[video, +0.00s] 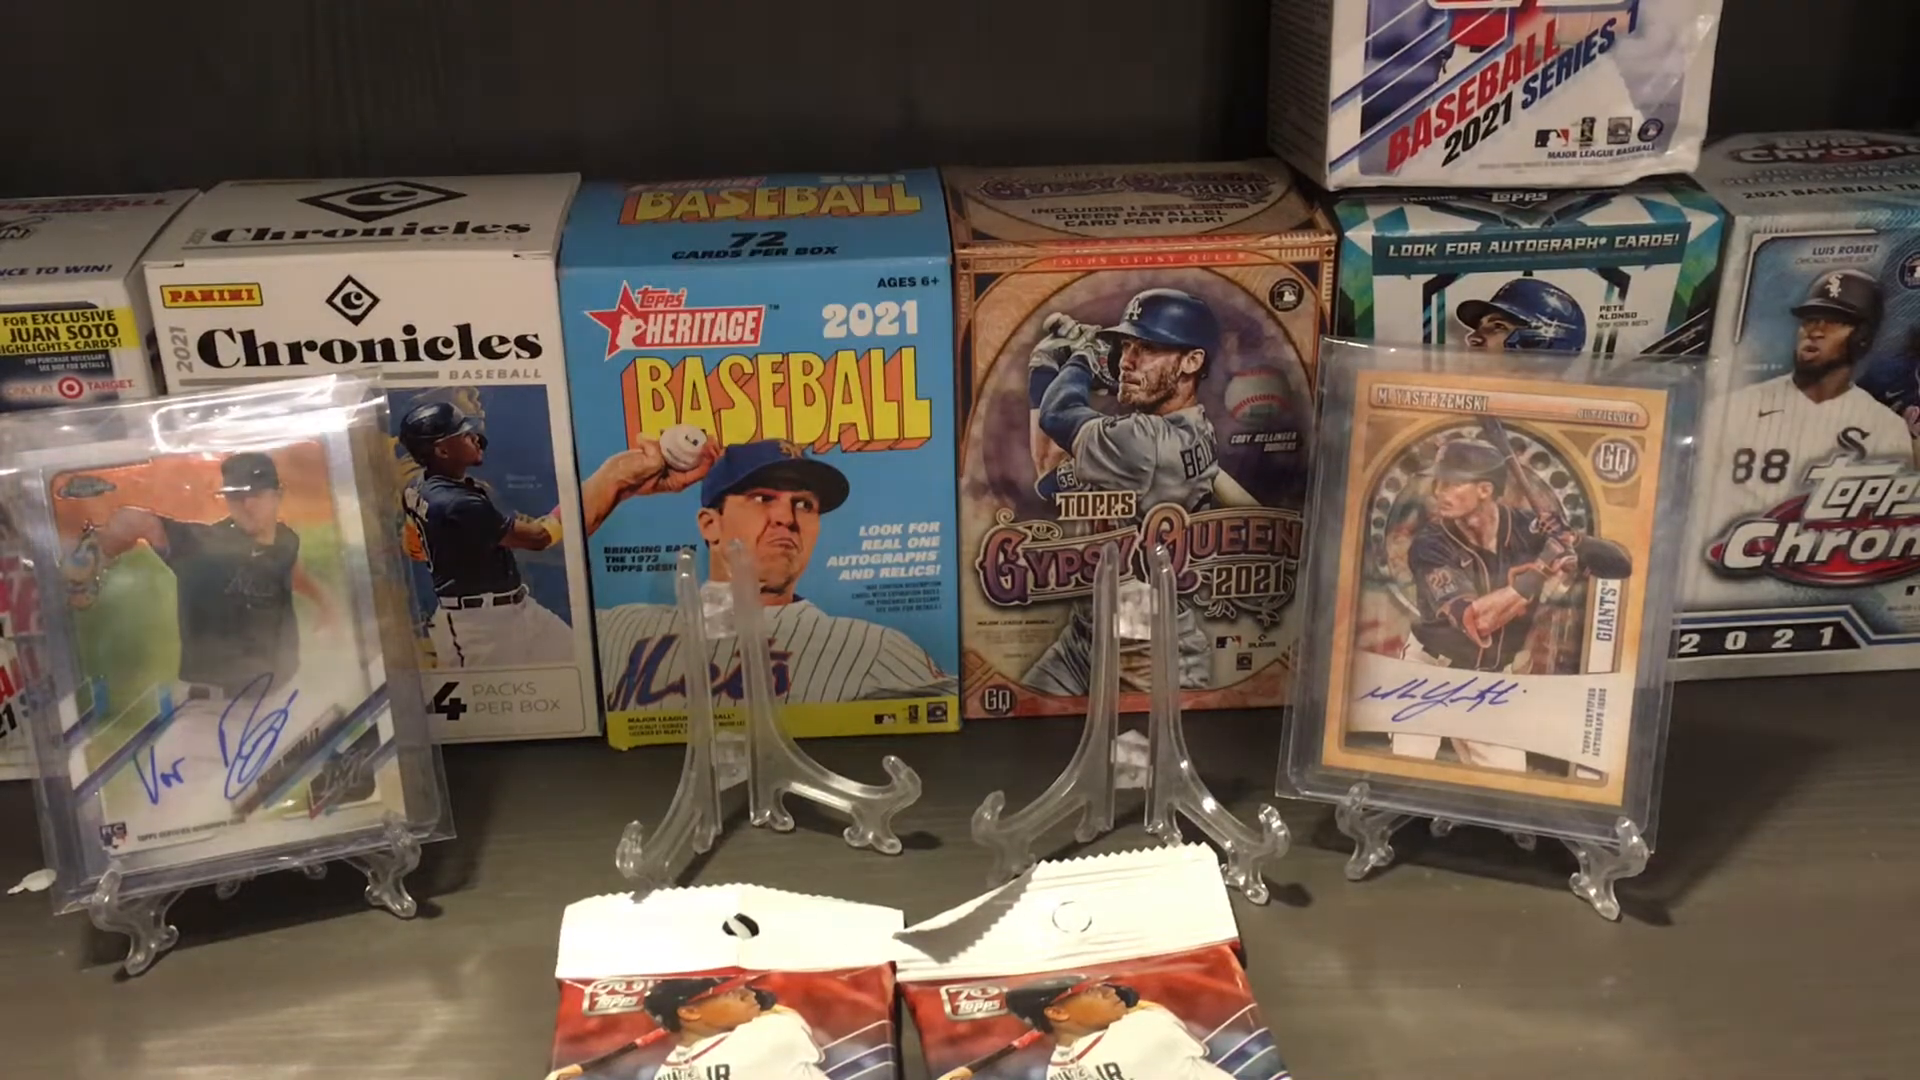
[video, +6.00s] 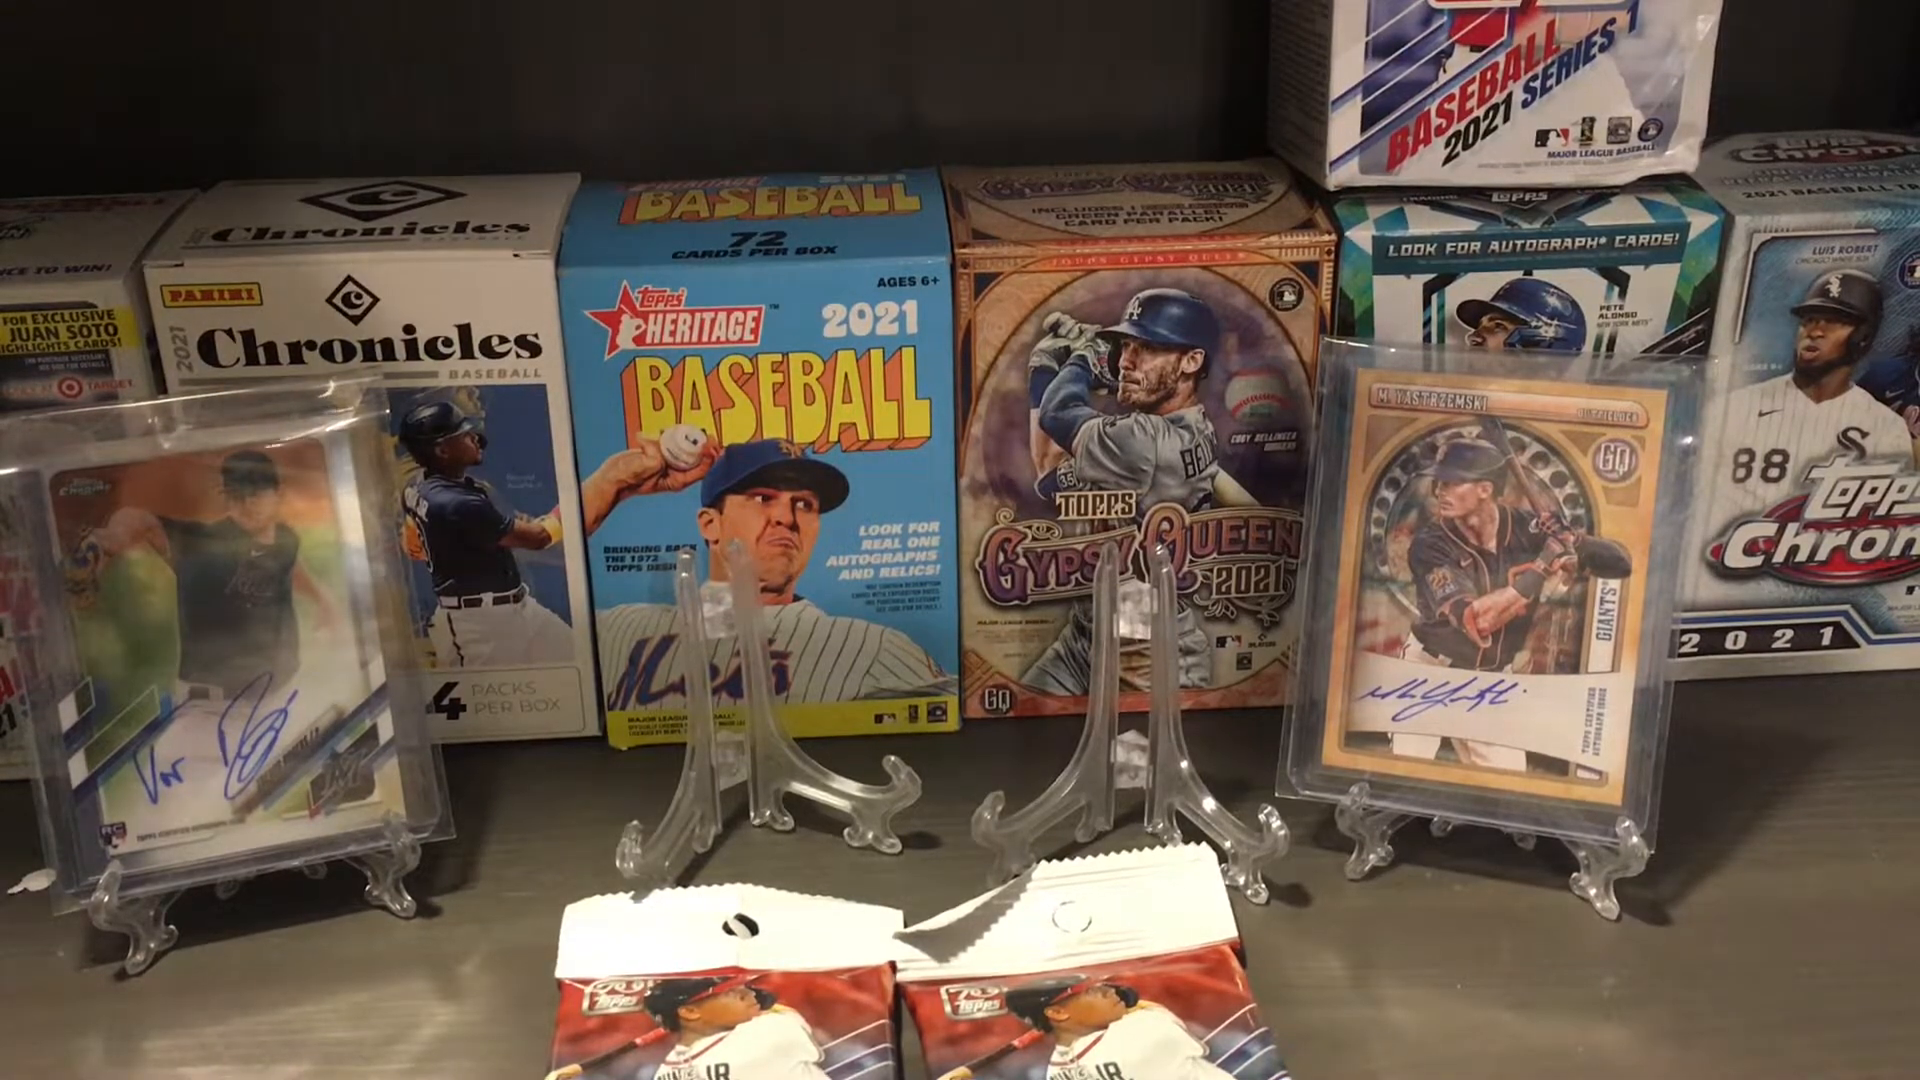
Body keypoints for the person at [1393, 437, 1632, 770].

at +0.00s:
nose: (1439, 492)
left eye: (1452, 485)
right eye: (1438, 483)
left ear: (1484, 491)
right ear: (1434, 484)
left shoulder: (1527, 528)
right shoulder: (1430, 541)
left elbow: (1621, 564)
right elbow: (1473, 622)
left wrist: (1572, 546)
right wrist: (1538, 572)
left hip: (1496, 676)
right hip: (1430, 668)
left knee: (1509, 787)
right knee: (1412, 769)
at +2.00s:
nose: (1439, 492)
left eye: (1451, 484)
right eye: (1439, 483)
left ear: (1484, 491)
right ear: (1436, 486)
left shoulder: (1527, 528)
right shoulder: (1430, 541)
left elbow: (1622, 564)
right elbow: (1471, 621)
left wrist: (1574, 548)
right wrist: (1537, 572)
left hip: (1494, 677)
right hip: (1428, 669)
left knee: (1509, 789)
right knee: (1412, 772)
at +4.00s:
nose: (1439, 492)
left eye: (1451, 484)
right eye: (1439, 484)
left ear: (1484, 491)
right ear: (1435, 487)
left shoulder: (1526, 528)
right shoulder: (1430, 542)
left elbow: (1622, 564)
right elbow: (1475, 623)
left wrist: (1577, 551)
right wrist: (1539, 571)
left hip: (1495, 677)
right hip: (1429, 670)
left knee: (1509, 792)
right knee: (1410, 775)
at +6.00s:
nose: (1439, 492)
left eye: (1451, 484)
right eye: (1439, 483)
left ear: (1484, 490)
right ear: (1436, 486)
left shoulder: (1527, 528)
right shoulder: (1430, 540)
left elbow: (1622, 562)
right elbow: (1474, 622)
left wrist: (1574, 551)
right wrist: (1540, 569)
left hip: (1495, 676)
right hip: (1429, 668)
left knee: (1508, 787)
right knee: (1411, 772)